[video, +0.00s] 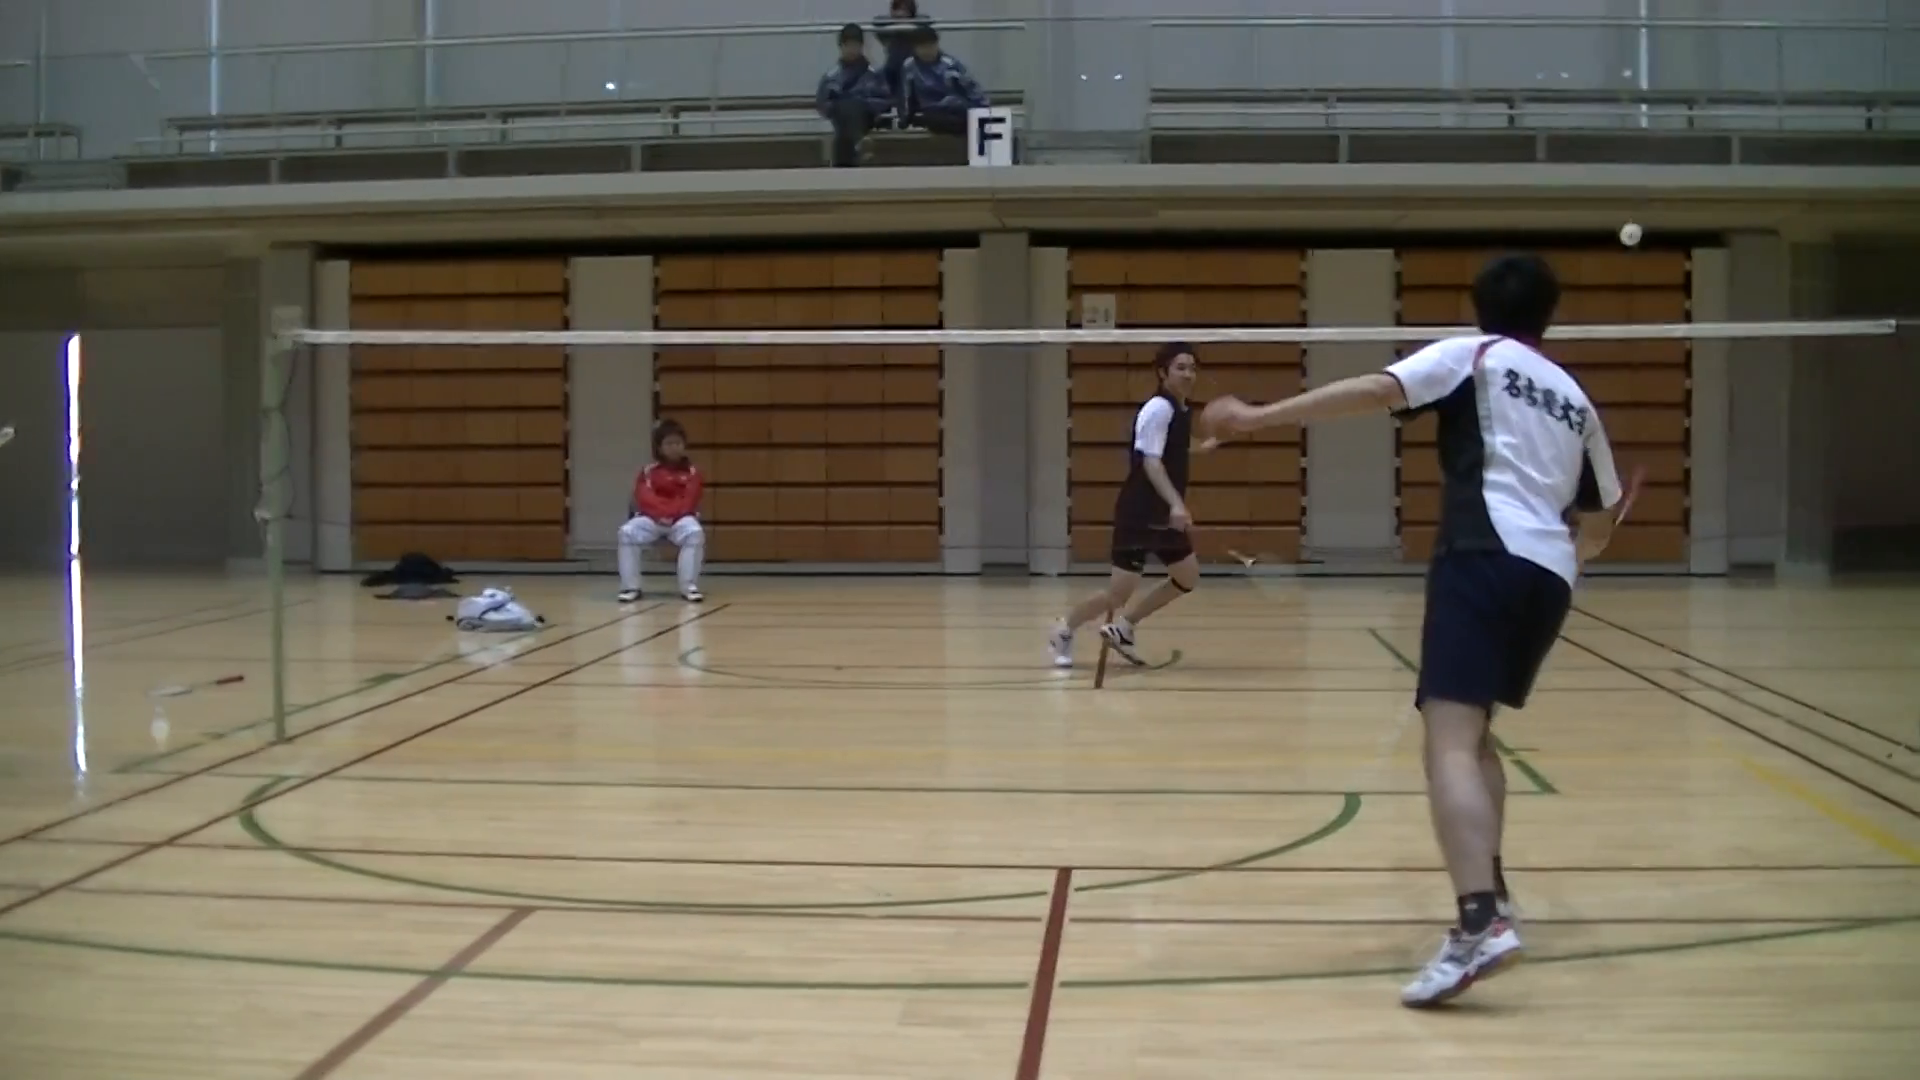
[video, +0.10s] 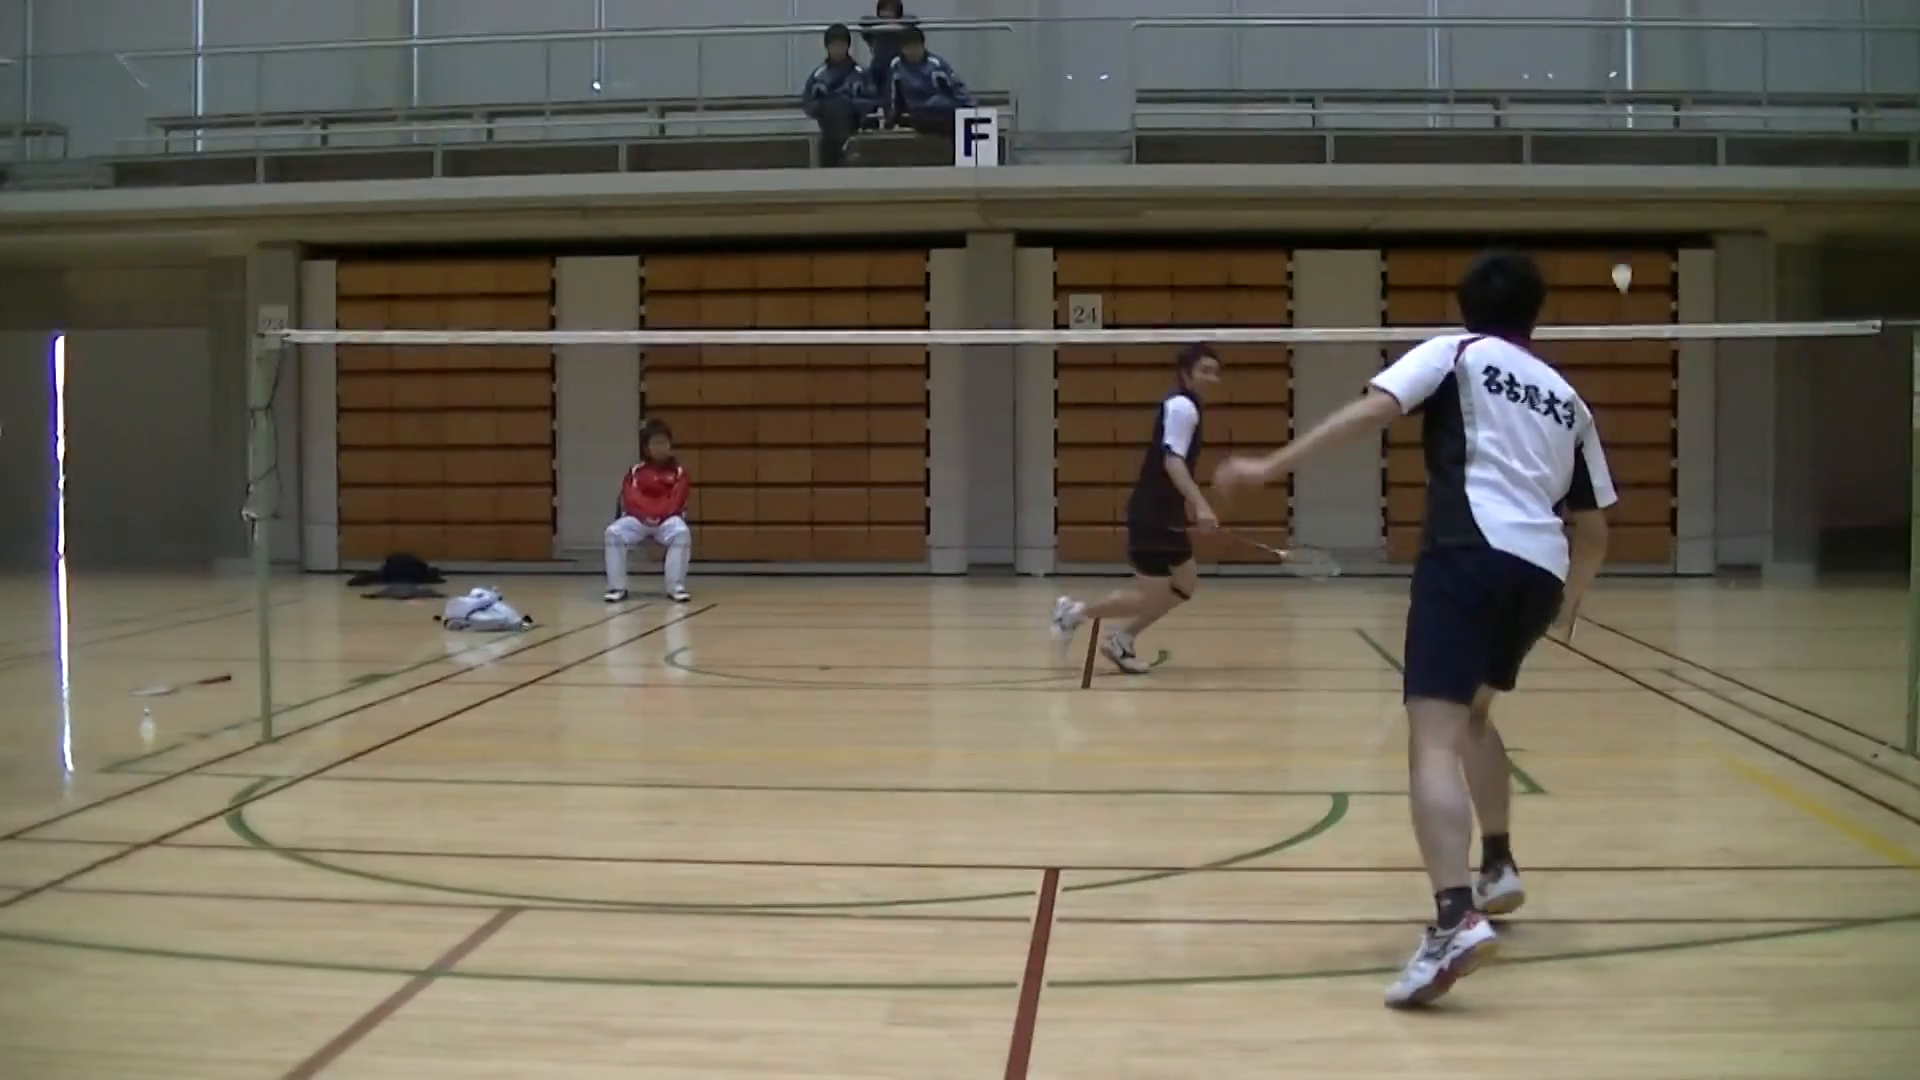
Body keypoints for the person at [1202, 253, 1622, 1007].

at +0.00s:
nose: (1474, 315)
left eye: (1477, 305)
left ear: (1481, 311)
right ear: (1546, 322)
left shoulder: (1473, 352)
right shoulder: (1578, 400)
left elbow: (1382, 390)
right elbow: (1602, 514)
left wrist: (1257, 417)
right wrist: (1557, 559)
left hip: (1481, 561)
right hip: (1550, 580)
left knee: (1452, 743)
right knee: (1473, 737)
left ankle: (1479, 923)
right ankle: (1490, 899)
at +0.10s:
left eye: (1464, 308)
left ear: (1467, 310)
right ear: (1533, 321)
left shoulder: (1454, 351)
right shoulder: (1569, 400)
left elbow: (1373, 410)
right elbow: (1591, 527)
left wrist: (1271, 464)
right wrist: (1570, 593)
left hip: (1466, 559)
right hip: (1543, 579)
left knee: (1435, 741)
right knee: (1473, 715)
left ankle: (1455, 921)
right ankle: (1498, 866)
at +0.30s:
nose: (1462, 362)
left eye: (1463, 351)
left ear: (1467, 354)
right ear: (1535, 360)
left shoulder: (1445, 401)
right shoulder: (1575, 437)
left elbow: (1404, 491)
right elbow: (1605, 562)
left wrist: (1335, 579)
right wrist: (1582, 659)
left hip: (1459, 598)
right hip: (1540, 612)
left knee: (1420, 781)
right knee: (1484, 740)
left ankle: (1449, 924)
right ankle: (1508, 890)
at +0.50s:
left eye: (1476, 369)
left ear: (1477, 372)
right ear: (1546, 374)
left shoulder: (1451, 420)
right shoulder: (1584, 450)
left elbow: (1399, 514)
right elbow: (1635, 563)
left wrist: (1337, 607)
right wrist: (1633, 670)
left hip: (1472, 613)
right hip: (1555, 628)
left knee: (1433, 786)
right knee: (1505, 743)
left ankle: (1451, 931)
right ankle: (1518, 894)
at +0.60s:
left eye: (1504, 367)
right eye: (1569, 365)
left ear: (1502, 370)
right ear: (1569, 372)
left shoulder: (1472, 418)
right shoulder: (1602, 453)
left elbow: (1415, 505)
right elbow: (1643, 572)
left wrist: (1352, 587)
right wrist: (1650, 671)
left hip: (1476, 610)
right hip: (1561, 627)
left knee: (1451, 764)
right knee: (1519, 758)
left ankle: (1444, 902)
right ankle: (1514, 903)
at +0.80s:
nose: (1524, 336)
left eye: (1524, 327)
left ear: (1531, 331)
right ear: (1594, 334)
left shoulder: (1509, 382)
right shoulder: (1629, 411)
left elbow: (1480, 458)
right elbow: (1643, 527)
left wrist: (1435, 534)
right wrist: (1638, 622)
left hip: (1515, 586)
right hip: (1596, 595)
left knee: (1492, 732)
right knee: (1556, 759)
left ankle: (1472, 843)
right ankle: (1520, 897)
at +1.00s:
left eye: (1547, 327)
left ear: (1550, 330)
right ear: (1611, 330)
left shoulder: (1537, 386)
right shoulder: (1651, 399)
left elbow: (1489, 473)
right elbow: (1669, 502)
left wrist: (1441, 552)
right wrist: (1669, 581)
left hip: (1559, 577)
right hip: (1635, 582)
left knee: (1549, 724)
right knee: (1602, 707)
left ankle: (1555, 859)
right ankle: (1595, 774)